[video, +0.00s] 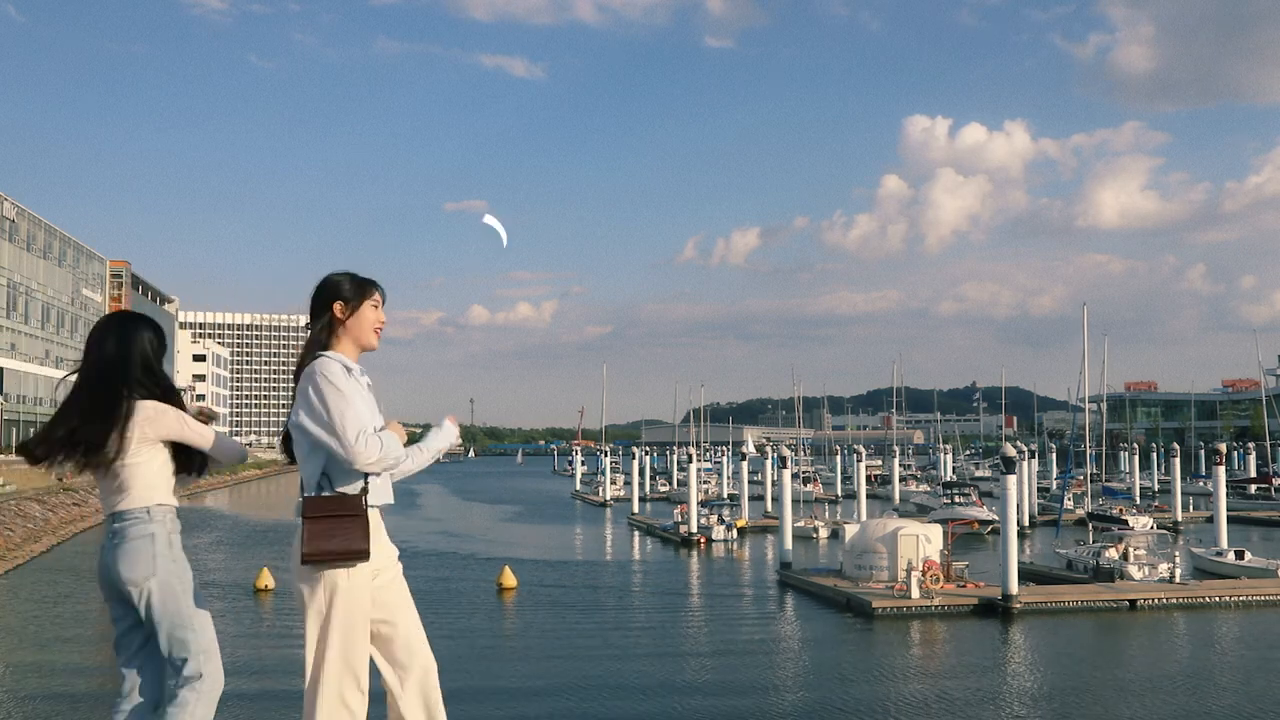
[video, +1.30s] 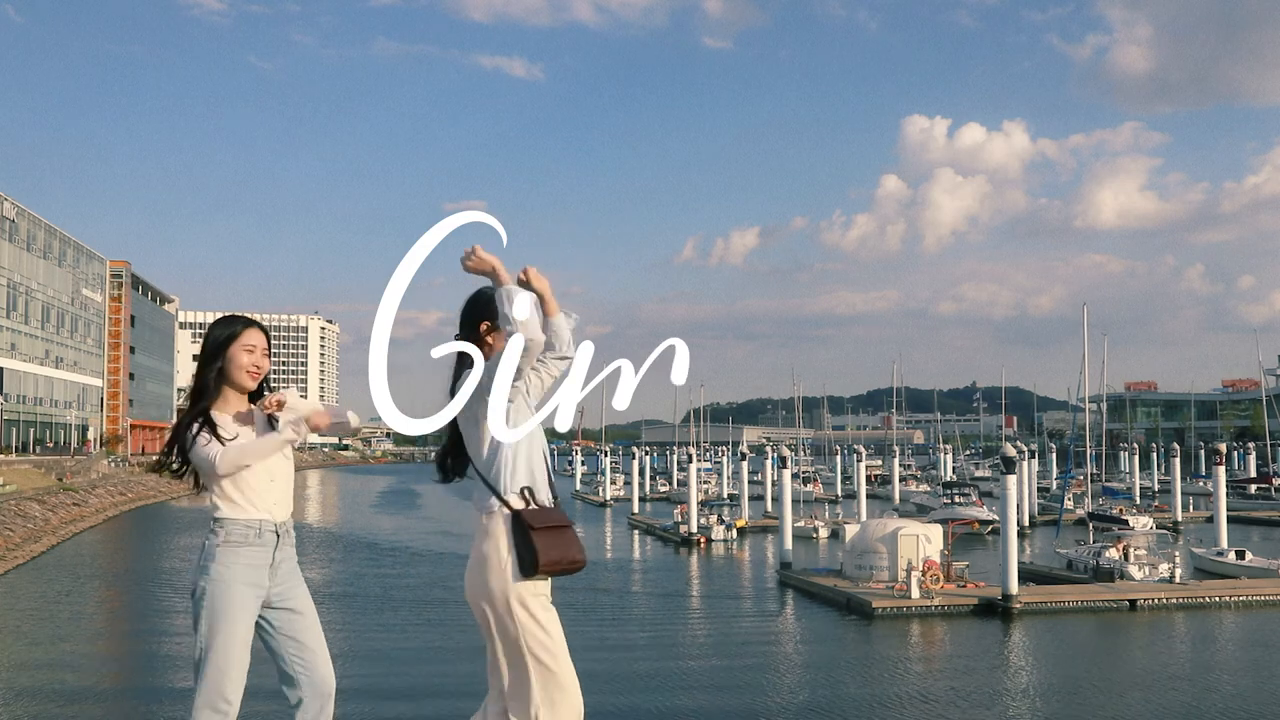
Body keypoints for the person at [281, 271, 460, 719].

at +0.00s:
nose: (383, 319)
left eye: (383, 309)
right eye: (375, 308)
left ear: (348, 315)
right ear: (341, 312)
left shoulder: (356, 378)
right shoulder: (325, 372)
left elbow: (385, 466)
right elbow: (359, 451)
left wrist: (437, 442)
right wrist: (391, 438)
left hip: (371, 527)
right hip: (337, 529)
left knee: (415, 669)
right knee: (338, 679)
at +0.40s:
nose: (429, 326)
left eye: (429, 317)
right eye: (420, 315)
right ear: (389, 321)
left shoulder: (405, 386)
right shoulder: (373, 384)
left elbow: (423, 463)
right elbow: (408, 458)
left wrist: (460, 451)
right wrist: (462, 447)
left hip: (425, 533)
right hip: (390, 534)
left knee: (450, 684)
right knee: (378, 686)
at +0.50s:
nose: (439, 333)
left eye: (439, 323)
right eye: (431, 322)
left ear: (407, 331)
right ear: (399, 328)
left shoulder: (412, 388)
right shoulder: (390, 389)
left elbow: (425, 472)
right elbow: (415, 473)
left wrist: (476, 452)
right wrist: (480, 451)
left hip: (438, 541)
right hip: (410, 543)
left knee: (462, 692)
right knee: (383, 693)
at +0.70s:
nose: (458, 349)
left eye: (459, 339)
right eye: (451, 338)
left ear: (423, 344)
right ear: (419, 342)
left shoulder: (426, 400)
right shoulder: (410, 397)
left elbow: (484, 455)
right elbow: (474, 427)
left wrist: (541, 416)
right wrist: (506, 399)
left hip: (450, 565)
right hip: (443, 569)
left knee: (467, 703)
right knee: (482, 705)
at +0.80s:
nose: (473, 332)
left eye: (472, 322)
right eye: (464, 322)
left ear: (432, 332)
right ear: (434, 331)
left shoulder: (440, 383)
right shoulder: (431, 377)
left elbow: (510, 386)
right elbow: (485, 362)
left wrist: (523, 337)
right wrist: (485, 304)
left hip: (439, 556)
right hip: (452, 559)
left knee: (465, 685)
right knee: (519, 683)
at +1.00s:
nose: (483, 336)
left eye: (484, 326)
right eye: (476, 326)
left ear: (449, 327)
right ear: (447, 326)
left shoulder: (437, 377)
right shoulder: (448, 371)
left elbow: (521, 344)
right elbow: (494, 328)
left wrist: (557, 289)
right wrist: (540, 252)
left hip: (458, 545)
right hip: (486, 547)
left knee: (474, 690)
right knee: (540, 686)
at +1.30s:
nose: (519, 340)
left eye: (519, 329)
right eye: (512, 329)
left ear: (483, 336)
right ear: (488, 335)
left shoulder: (492, 394)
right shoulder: (494, 394)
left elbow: (553, 356)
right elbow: (542, 346)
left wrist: (544, 299)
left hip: (496, 561)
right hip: (510, 563)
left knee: (508, 697)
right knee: (558, 700)